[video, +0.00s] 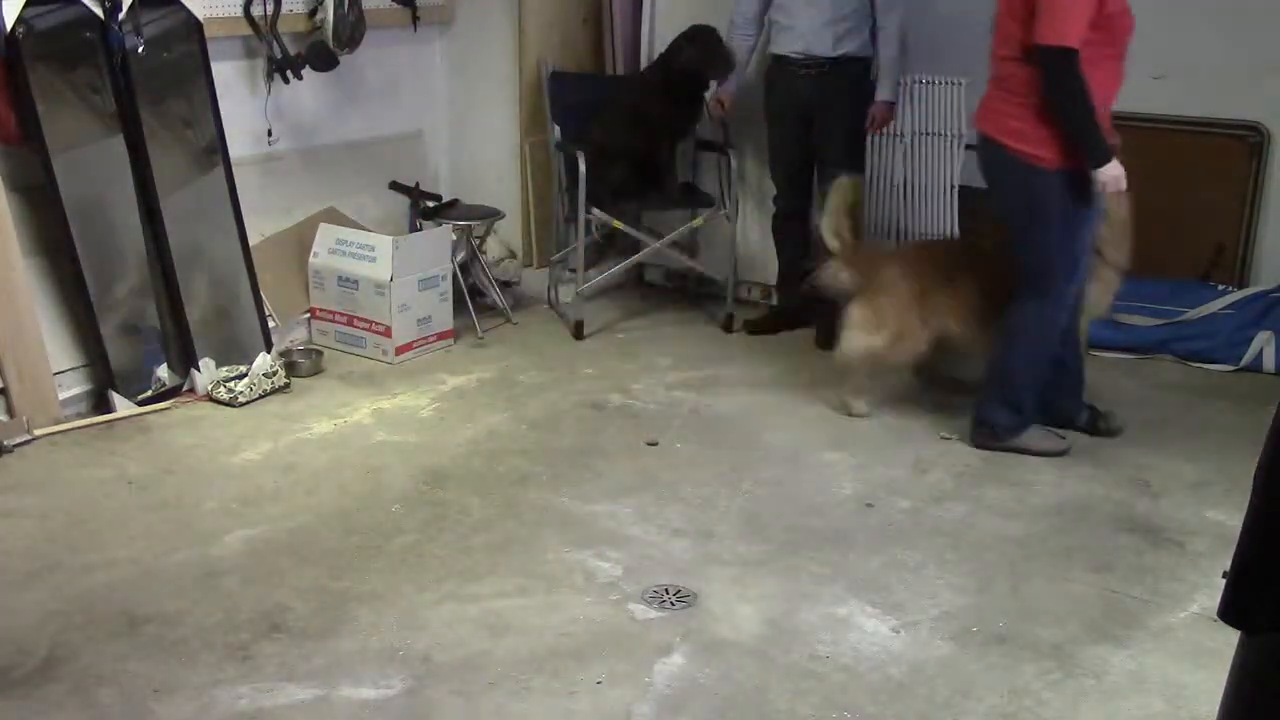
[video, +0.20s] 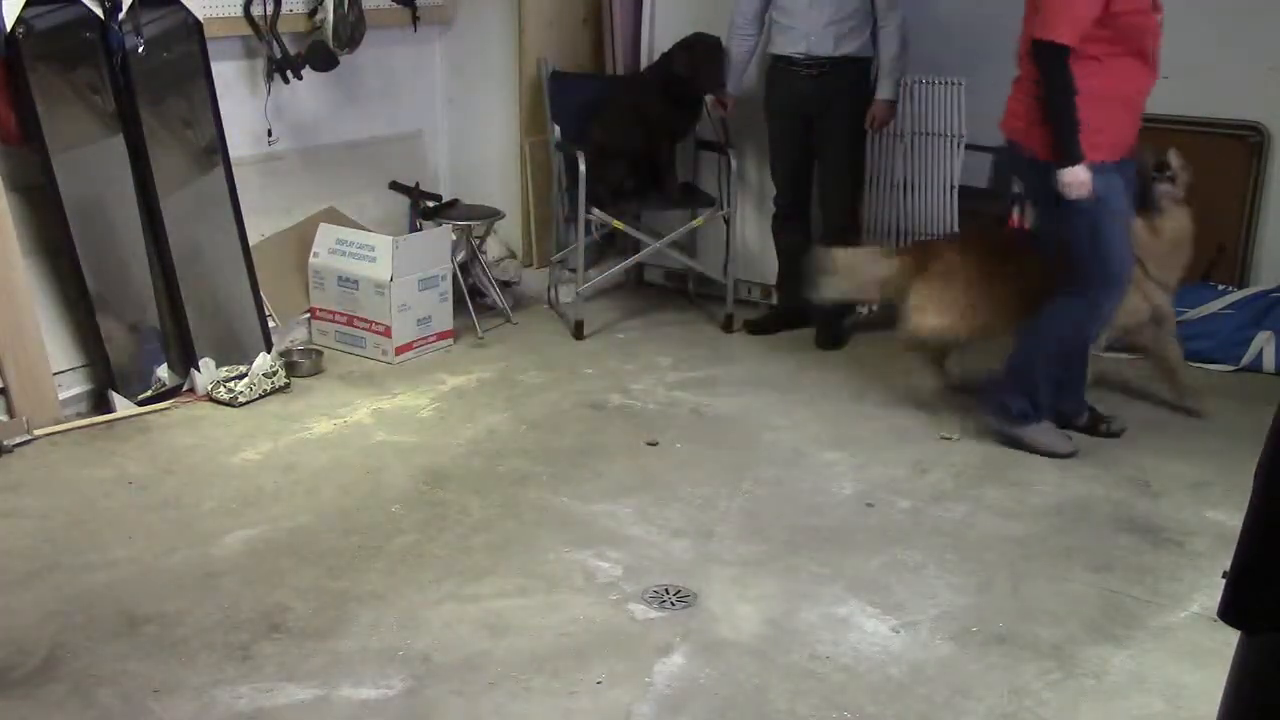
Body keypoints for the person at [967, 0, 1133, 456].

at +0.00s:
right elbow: (1056, 61)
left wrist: (1095, 135)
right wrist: (1099, 156)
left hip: (1061, 144)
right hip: (1031, 143)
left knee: (1066, 281)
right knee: (1046, 284)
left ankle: (1060, 404)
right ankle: (1000, 420)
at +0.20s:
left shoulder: (1130, 8)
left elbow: (1107, 64)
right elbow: (1049, 49)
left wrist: (1120, 152)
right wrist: (1067, 158)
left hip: (1098, 152)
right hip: (1064, 154)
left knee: (1083, 279)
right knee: (1102, 278)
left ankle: (1064, 403)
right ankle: (1012, 405)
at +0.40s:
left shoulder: (1179, 8)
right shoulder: (1083, 5)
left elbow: (1149, 60)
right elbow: (1041, 54)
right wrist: (1023, 150)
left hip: (1144, 151)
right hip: (1081, 147)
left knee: (1106, 280)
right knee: (1119, 279)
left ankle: (1058, 400)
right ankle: (1095, 422)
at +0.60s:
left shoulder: (1203, 3)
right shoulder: (1082, 4)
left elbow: (1202, 47)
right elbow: (1035, 67)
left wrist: (1207, 87)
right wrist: (1011, 157)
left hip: (1168, 156)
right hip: (1089, 154)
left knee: (1135, 297)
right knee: (1119, 297)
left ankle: (1060, 397)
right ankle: (1107, 435)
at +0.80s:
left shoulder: (1229, 2)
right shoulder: (1076, 4)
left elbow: (1240, 39)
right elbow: (1039, 59)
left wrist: (1219, 92)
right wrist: (1016, 154)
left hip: (1186, 157)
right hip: (1092, 156)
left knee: (1190, 296)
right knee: (1109, 302)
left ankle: (1134, 410)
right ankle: (1104, 435)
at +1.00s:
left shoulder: (1244, 3)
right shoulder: (1076, 3)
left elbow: (1265, 49)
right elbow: (1041, 65)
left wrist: (1224, 106)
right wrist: (1015, 163)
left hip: (1195, 158)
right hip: (1100, 163)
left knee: (1178, 321)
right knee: (1105, 320)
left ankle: (1188, 486)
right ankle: (1113, 443)